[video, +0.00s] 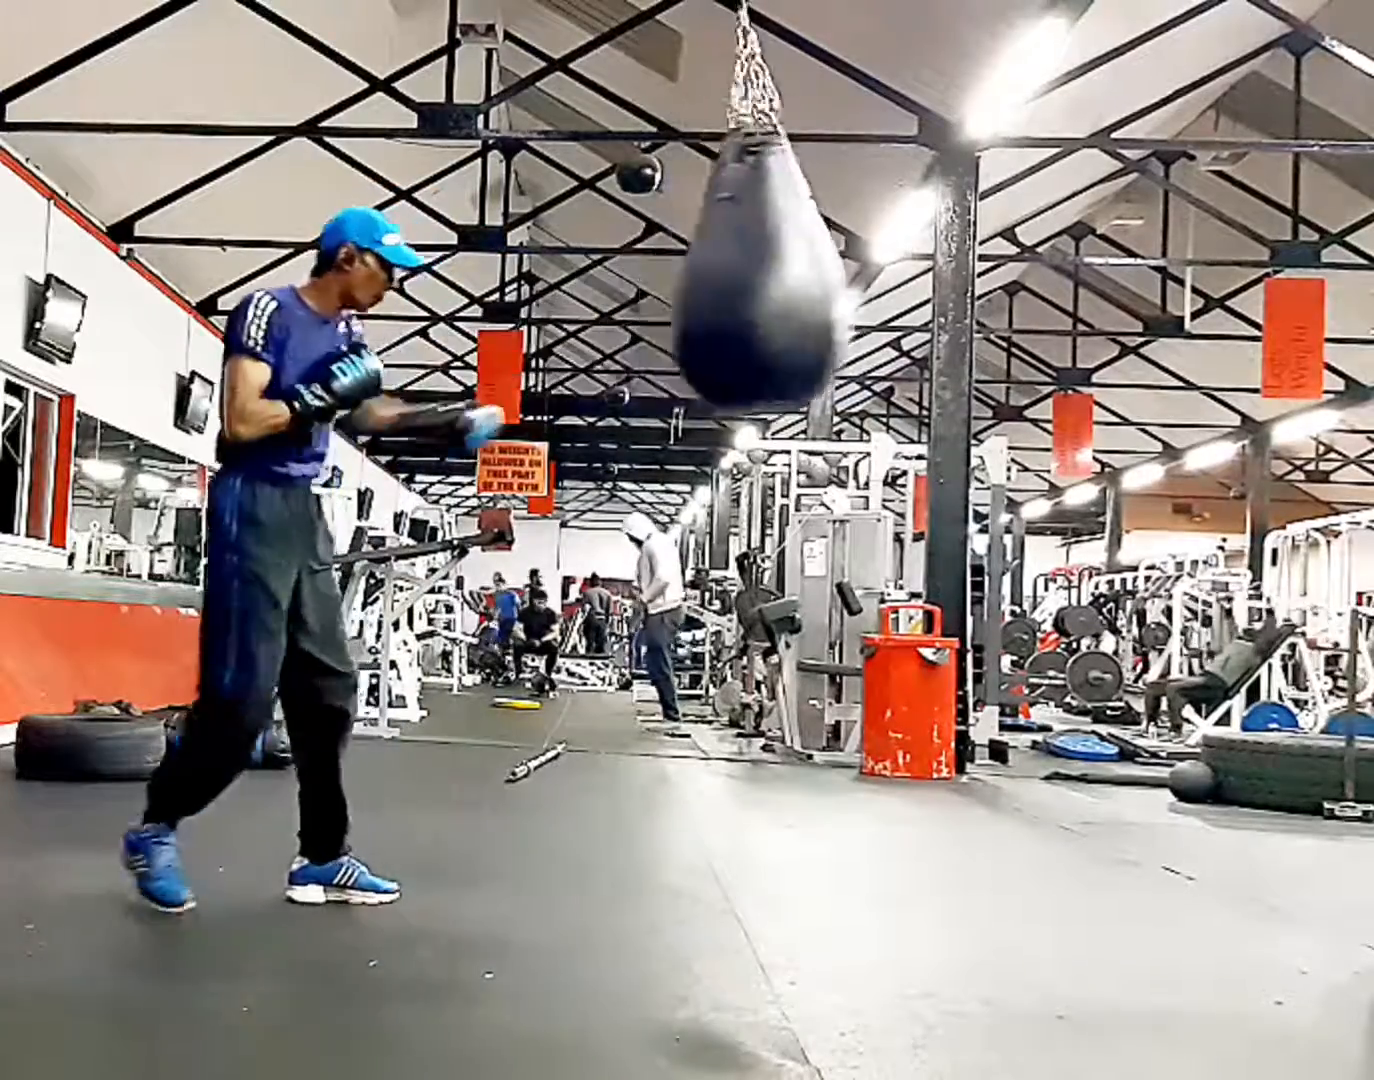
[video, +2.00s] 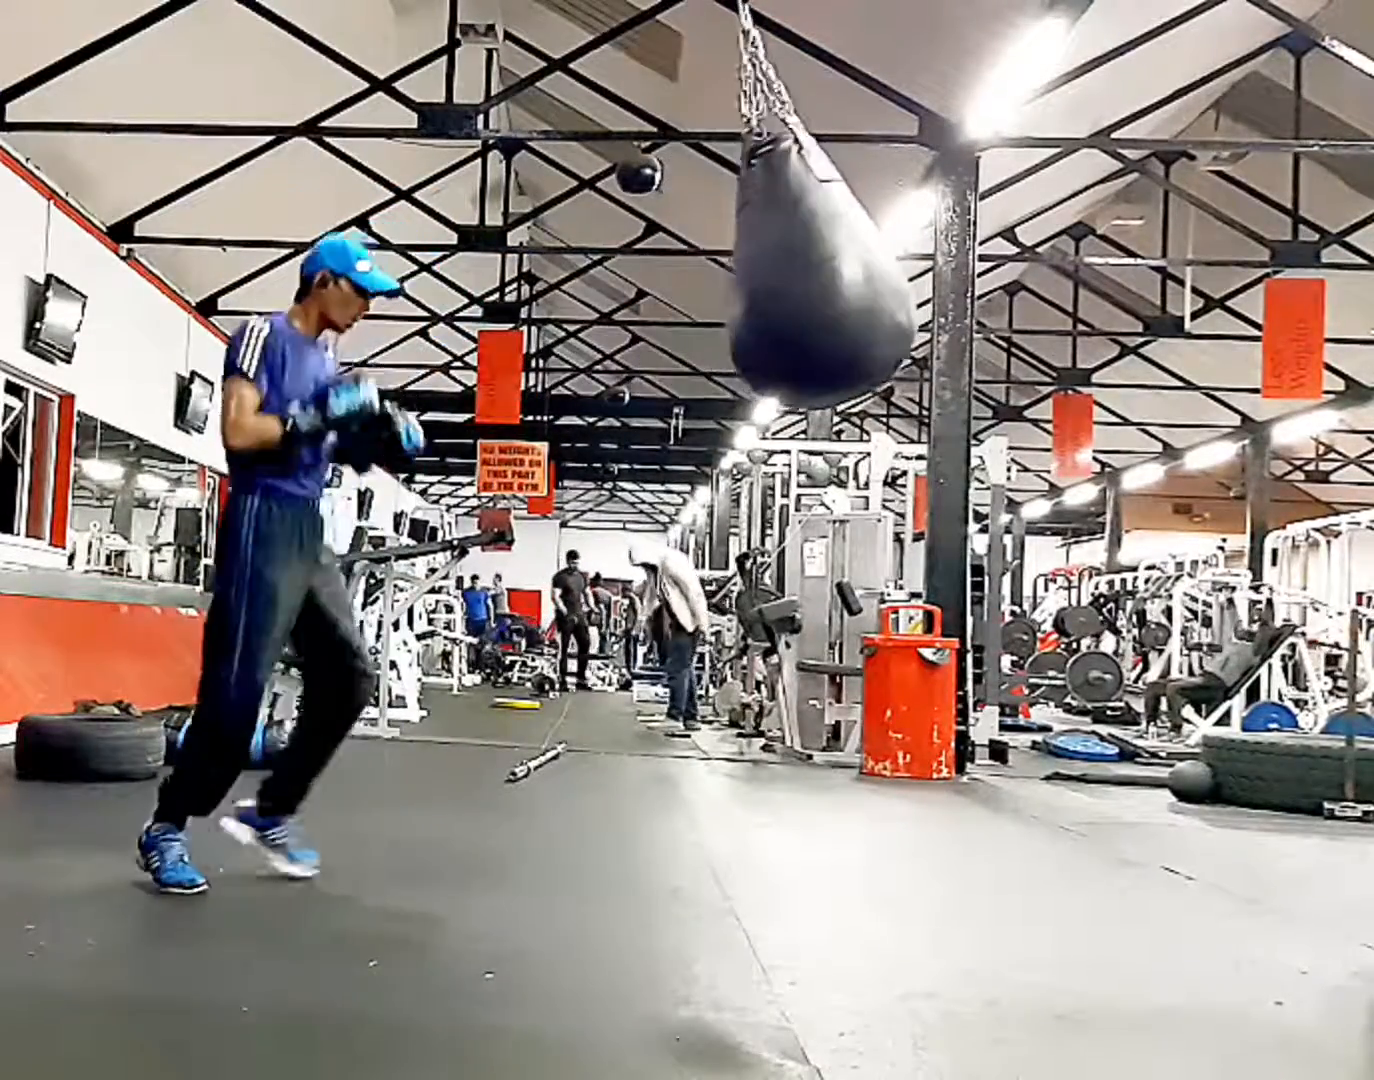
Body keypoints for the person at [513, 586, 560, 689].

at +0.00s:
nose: (542, 606)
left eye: (544, 603)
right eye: (539, 603)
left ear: (546, 602)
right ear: (533, 601)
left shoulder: (550, 614)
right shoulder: (525, 613)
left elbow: (556, 632)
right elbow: (516, 629)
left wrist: (542, 640)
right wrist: (526, 639)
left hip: (543, 641)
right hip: (529, 640)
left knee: (553, 649)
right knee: (517, 647)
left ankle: (547, 675)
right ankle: (518, 674)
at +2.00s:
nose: (575, 565)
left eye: (576, 562)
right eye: (572, 562)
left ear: (579, 562)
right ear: (567, 562)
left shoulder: (582, 576)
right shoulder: (559, 577)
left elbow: (587, 592)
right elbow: (555, 596)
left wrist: (592, 606)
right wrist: (564, 611)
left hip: (580, 614)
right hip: (566, 614)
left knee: (584, 644)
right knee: (564, 648)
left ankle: (581, 678)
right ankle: (562, 679)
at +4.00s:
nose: (596, 567)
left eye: (599, 564)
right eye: (594, 564)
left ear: (604, 562)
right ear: (591, 563)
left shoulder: (614, 574)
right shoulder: (591, 575)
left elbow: (629, 589)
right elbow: (583, 591)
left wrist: (624, 606)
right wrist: (584, 598)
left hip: (607, 619)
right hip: (592, 619)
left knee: (603, 653)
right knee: (593, 653)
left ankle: (603, 685)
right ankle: (600, 684)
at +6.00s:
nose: (578, 565)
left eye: (579, 561)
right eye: (576, 563)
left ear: (586, 557)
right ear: (578, 563)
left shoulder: (598, 569)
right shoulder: (588, 577)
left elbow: (608, 582)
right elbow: (588, 597)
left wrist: (595, 596)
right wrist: (582, 600)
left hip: (600, 616)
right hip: (590, 617)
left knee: (599, 652)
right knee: (591, 652)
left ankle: (602, 685)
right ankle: (594, 684)